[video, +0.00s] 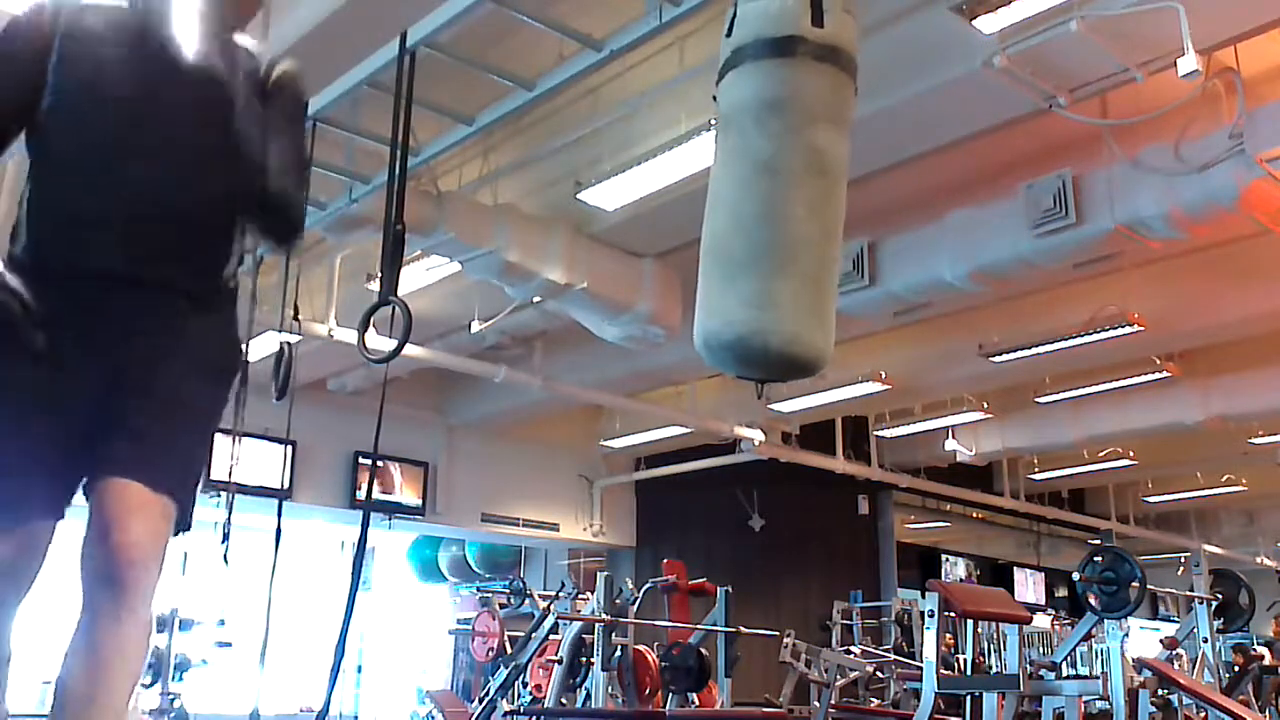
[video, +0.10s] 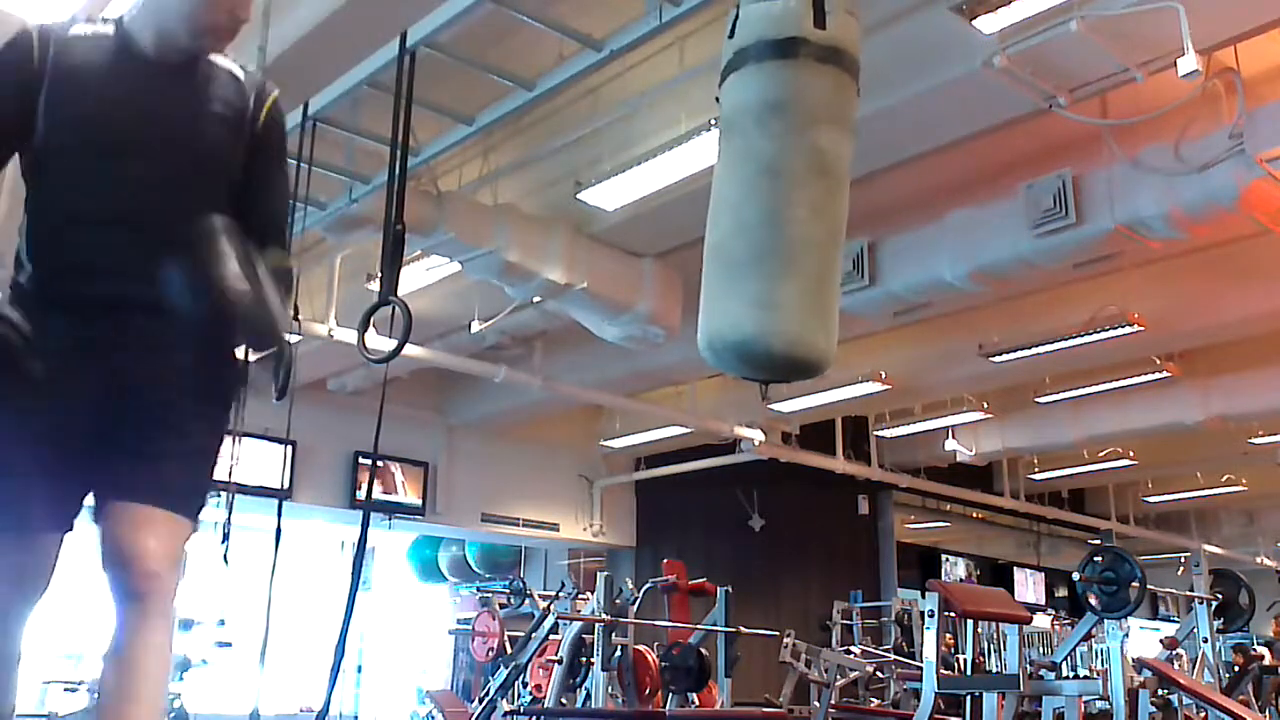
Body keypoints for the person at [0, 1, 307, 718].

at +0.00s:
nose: (257, 5)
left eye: (261, 4)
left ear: (261, 9)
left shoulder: (265, 85)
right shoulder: (62, 26)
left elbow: (285, 221)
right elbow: (1, 133)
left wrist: (233, 88)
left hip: (179, 336)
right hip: (45, 316)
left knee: (128, 550)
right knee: (12, 552)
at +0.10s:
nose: (241, 15)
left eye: (250, 5)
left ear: (247, 12)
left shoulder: (252, 103)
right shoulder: (45, 55)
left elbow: (271, 249)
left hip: (179, 363)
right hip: (47, 349)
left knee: (147, 571)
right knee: (17, 573)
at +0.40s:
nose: (259, 51)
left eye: (269, 36)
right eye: (246, 30)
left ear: (275, 38)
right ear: (191, 16)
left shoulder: (278, 131)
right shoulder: (90, 102)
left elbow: (363, 246)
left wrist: (481, 265)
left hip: (221, 374)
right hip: (100, 364)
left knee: (252, 591)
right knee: (44, 584)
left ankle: (263, 718)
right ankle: (16, 712)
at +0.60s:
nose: (332, 98)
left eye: (342, 86)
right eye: (321, 77)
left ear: (342, 89)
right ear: (266, 61)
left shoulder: (344, 172)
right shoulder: (178, 147)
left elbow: (466, 244)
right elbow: (67, 248)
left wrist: (556, 187)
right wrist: (66, 289)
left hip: (283, 415)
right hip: (174, 401)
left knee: (304, 623)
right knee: (97, 596)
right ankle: (30, 715)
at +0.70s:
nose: (371, 111)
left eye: (377, 97)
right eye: (359, 92)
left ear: (375, 105)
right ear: (307, 83)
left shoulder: (370, 189)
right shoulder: (222, 161)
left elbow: (471, 276)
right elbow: (115, 265)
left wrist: (551, 221)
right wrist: (150, 313)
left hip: (310, 426)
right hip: (213, 412)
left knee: (322, 629)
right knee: (157, 601)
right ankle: (74, 716)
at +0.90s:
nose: (419, 122)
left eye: (426, 109)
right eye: (408, 103)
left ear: (427, 116)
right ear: (356, 92)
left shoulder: (413, 204)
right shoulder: (270, 161)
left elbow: (410, 330)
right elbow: (161, 259)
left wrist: (420, 405)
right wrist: (212, 319)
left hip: (356, 414)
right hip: (265, 398)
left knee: (330, 615)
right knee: (259, 586)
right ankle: (215, 715)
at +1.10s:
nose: (436, 120)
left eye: (445, 109)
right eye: (425, 100)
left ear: (446, 118)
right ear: (376, 89)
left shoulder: (440, 196)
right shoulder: (291, 156)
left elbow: (491, 312)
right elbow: (173, 251)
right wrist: (254, 252)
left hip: (372, 425)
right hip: (280, 410)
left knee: (366, 624)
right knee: (269, 604)